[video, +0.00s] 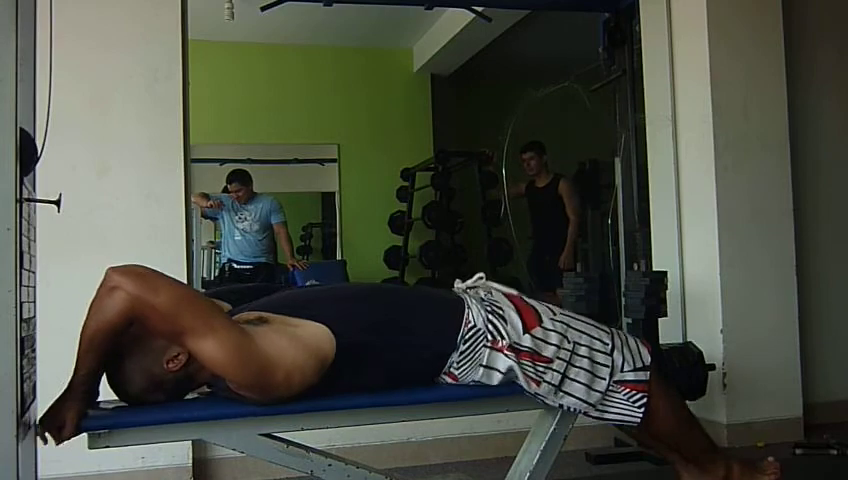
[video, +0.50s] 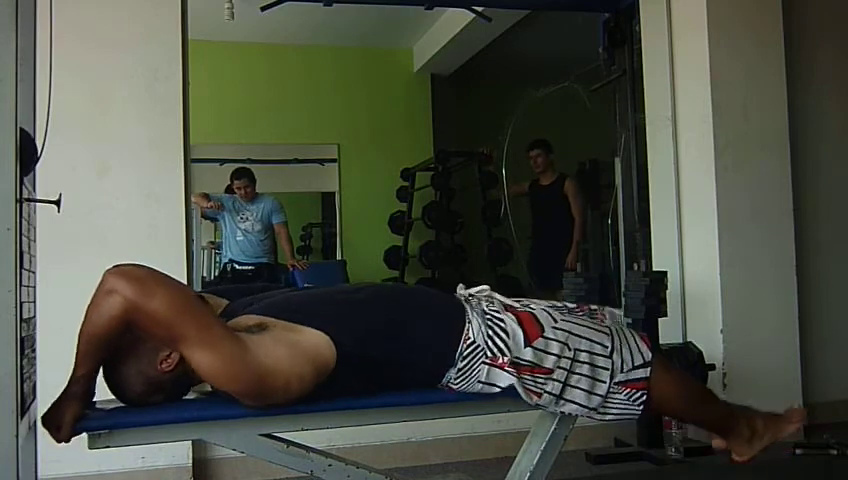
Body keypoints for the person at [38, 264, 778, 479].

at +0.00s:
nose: (173, 355)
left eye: (163, 361)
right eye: (167, 364)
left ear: (171, 372)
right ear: (179, 374)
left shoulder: (232, 342)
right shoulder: (235, 352)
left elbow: (126, 285)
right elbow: (126, 286)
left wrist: (83, 383)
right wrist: (77, 386)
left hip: (455, 317)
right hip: (464, 333)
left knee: (617, 367)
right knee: (631, 373)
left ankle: (698, 456)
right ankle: (717, 464)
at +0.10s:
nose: (167, 350)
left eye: (156, 354)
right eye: (161, 360)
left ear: (167, 362)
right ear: (175, 374)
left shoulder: (231, 338)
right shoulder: (234, 350)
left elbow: (124, 283)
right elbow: (125, 281)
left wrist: (83, 382)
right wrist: (77, 386)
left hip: (453, 318)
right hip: (462, 332)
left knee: (617, 366)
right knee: (632, 370)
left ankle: (702, 453)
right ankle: (723, 459)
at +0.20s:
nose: (164, 355)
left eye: (155, 359)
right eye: (160, 366)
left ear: (164, 362)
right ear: (171, 374)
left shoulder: (228, 337)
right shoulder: (230, 349)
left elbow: (120, 285)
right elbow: (121, 283)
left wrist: (82, 383)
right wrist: (75, 387)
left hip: (451, 319)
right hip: (460, 334)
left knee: (614, 355)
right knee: (634, 366)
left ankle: (707, 446)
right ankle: (720, 458)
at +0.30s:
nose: (161, 350)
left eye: (153, 355)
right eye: (158, 362)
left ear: (162, 356)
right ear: (170, 372)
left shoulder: (225, 333)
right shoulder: (227, 347)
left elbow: (114, 283)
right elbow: (114, 281)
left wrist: (81, 380)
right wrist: (74, 386)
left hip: (452, 318)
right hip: (461, 334)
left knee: (612, 358)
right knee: (631, 363)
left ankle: (710, 441)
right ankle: (730, 450)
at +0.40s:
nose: (163, 362)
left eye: (155, 365)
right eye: (159, 373)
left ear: (163, 355)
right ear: (169, 374)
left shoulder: (229, 334)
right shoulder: (231, 350)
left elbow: (114, 283)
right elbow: (114, 281)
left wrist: (86, 380)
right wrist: (73, 387)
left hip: (455, 315)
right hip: (461, 334)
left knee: (619, 359)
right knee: (639, 367)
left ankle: (716, 438)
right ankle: (733, 447)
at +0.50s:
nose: (168, 349)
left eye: (159, 353)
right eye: (164, 361)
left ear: (164, 357)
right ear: (172, 371)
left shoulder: (239, 331)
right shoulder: (250, 362)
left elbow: (127, 283)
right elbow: (128, 285)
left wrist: (87, 380)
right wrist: (78, 387)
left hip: (466, 315)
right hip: (473, 335)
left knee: (617, 346)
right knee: (637, 364)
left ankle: (717, 426)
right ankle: (746, 426)